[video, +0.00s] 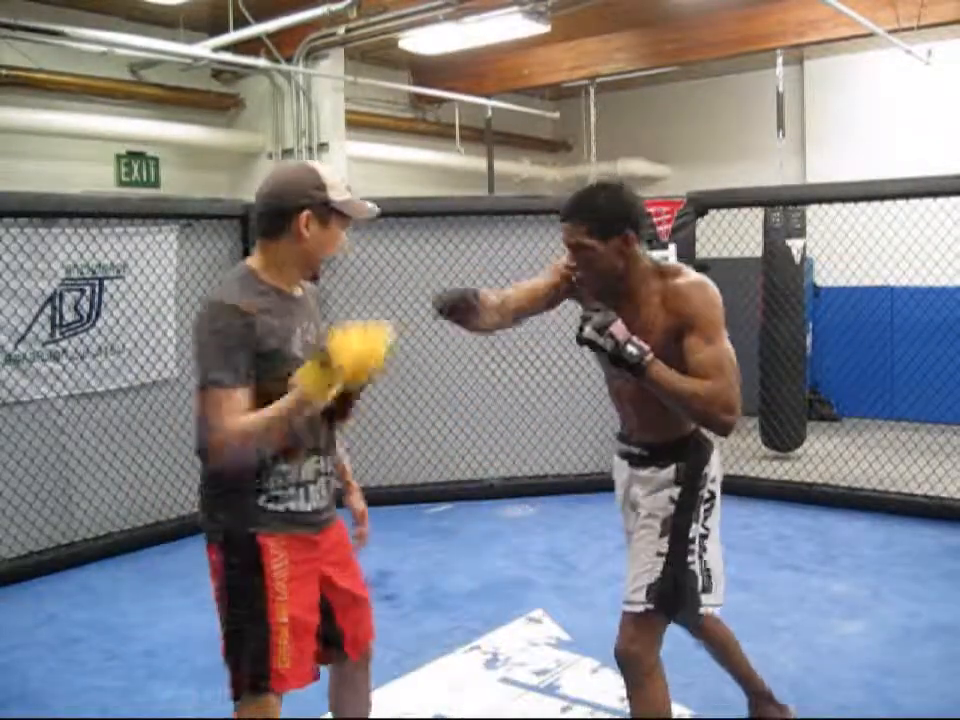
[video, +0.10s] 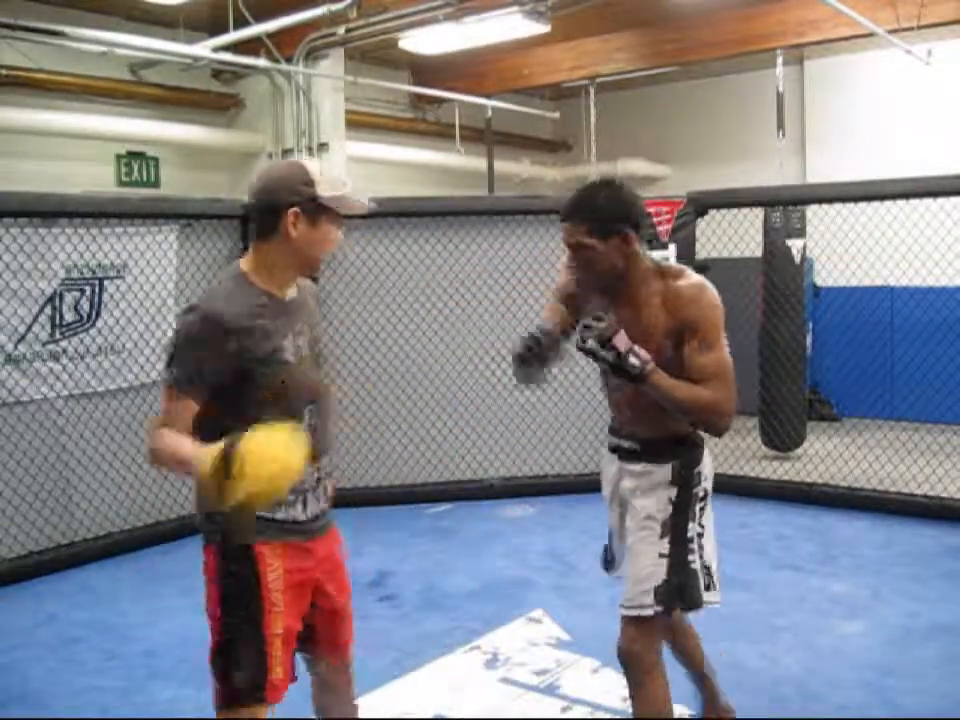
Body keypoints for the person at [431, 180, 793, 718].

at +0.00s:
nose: (569, 261)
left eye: (581, 249)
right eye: (568, 248)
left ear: (626, 244)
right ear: (616, 243)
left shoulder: (690, 295)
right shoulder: (581, 277)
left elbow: (723, 411)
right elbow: (509, 305)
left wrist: (638, 358)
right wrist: (472, 310)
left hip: (681, 472)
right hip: (633, 468)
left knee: (636, 651)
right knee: (687, 609)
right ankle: (765, 702)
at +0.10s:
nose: (571, 261)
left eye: (581, 248)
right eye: (569, 248)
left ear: (625, 241)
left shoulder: (690, 295)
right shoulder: (582, 282)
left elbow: (719, 413)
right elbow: (535, 363)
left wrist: (637, 365)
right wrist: (532, 354)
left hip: (674, 472)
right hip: (621, 463)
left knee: (637, 647)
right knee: (662, 610)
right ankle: (716, 703)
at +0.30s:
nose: (558, 269)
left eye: (564, 257)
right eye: (555, 257)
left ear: (603, 249)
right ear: (597, 250)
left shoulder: (664, 298)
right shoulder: (600, 294)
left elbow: (684, 405)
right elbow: (619, 371)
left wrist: (606, 370)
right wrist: (577, 366)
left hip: (656, 473)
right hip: (615, 463)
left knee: (626, 643)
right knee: (647, 618)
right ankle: (674, 711)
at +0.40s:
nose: (549, 266)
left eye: (556, 254)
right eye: (546, 254)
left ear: (593, 246)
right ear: (588, 247)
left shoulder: (640, 291)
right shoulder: (601, 288)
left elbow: (631, 398)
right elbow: (611, 370)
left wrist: (570, 351)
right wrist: (568, 343)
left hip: (655, 468)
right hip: (620, 459)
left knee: (602, 631)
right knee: (649, 597)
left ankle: (616, 713)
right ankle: (676, 709)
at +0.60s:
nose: (520, 264)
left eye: (529, 252)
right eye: (518, 251)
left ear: (566, 245)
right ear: (563, 246)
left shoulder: (591, 289)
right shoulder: (590, 280)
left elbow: (610, 385)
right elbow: (593, 368)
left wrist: (542, 358)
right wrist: (544, 349)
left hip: (626, 465)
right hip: (620, 458)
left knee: (561, 623)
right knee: (648, 593)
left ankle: (568, 713)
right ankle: (678, 708)